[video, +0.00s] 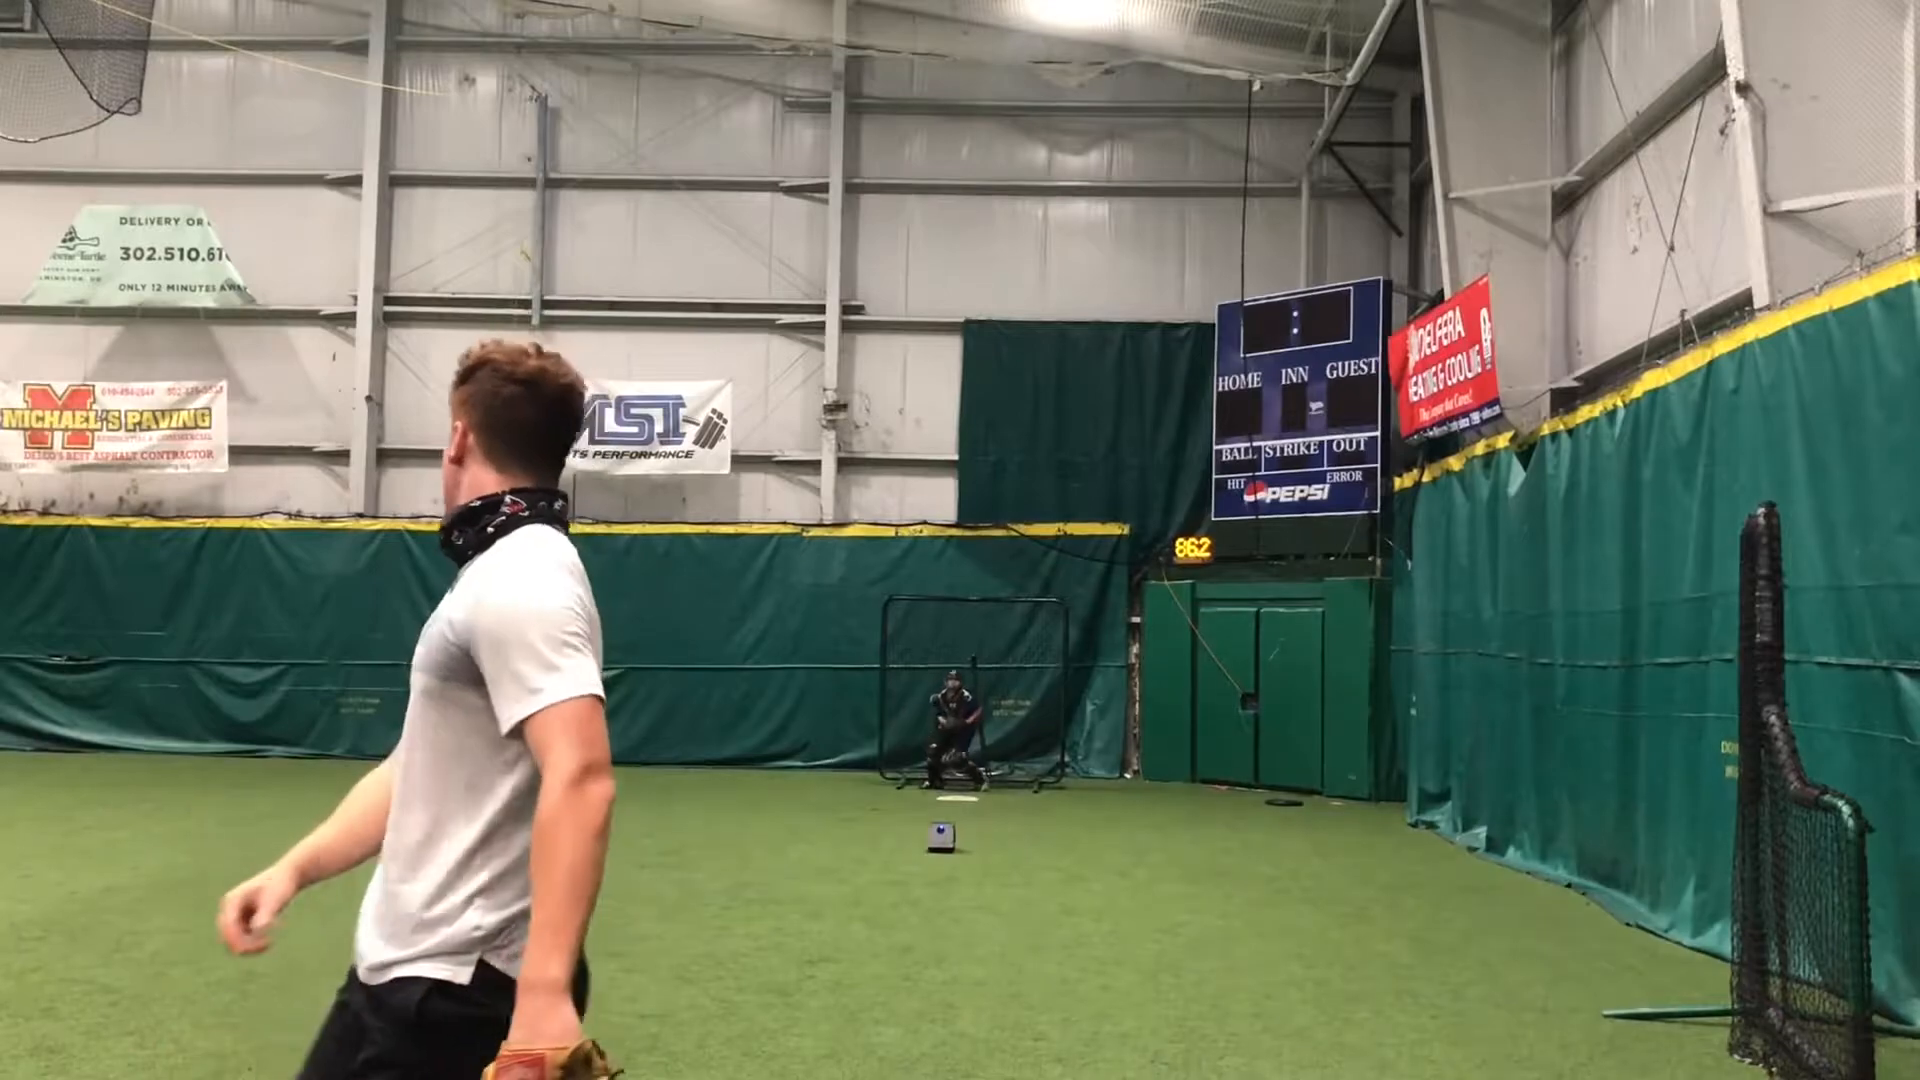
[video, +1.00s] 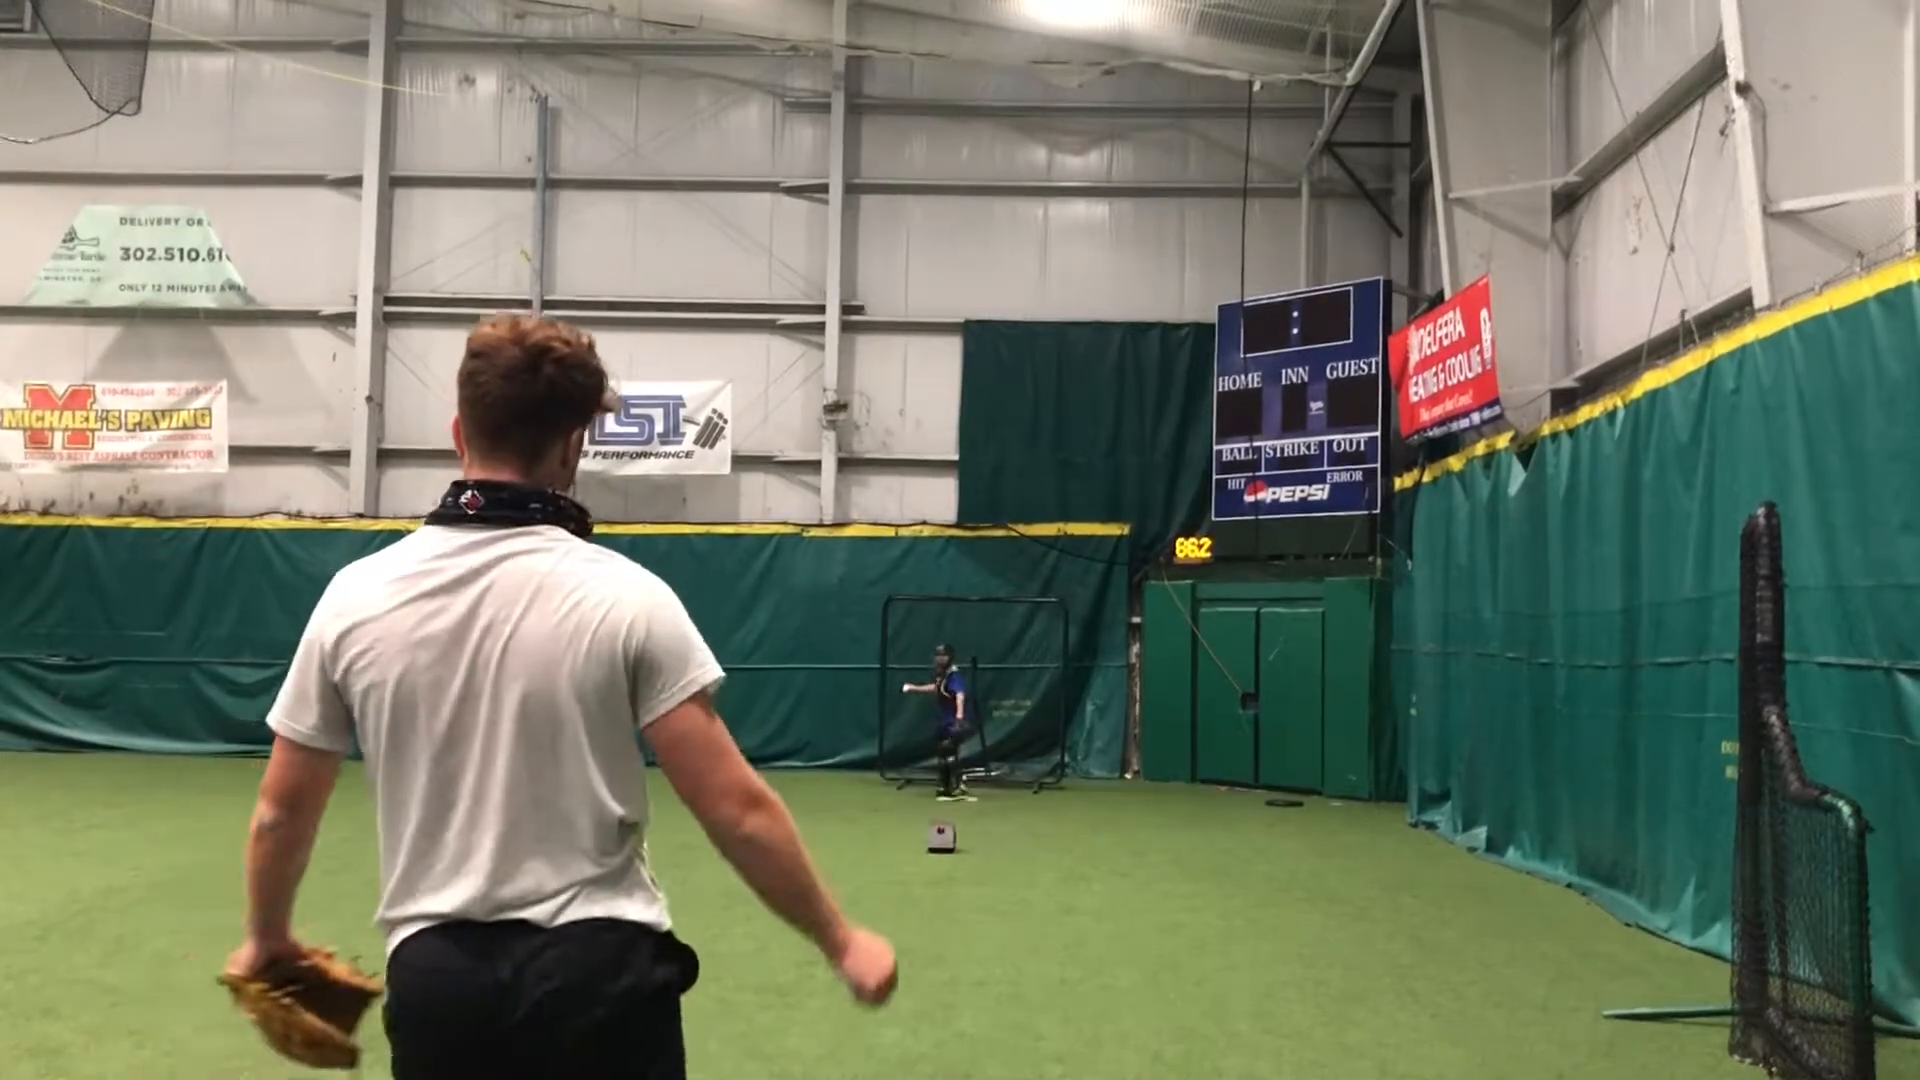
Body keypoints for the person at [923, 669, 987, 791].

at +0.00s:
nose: (953, 683)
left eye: (956, 680)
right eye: (950, 680)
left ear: (960, 683)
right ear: (946, 682)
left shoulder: (967, 697)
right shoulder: (939, 698)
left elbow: (978, 710)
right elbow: (937, 714)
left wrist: (969, 720)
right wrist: (943, 721)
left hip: (964, 729)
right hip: (945, 730)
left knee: (959, 757)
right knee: (933, 751)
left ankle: (980, 780)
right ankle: (934, 780)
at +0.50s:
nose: (956, 666)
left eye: (959, 662)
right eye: (953, 662)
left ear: (966, 665)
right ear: (950, 665)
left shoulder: (972, 683)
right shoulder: (942, 684)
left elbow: (980, 703)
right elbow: (939, 703)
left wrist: (958, 706)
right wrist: (945, 703)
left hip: (971, 725)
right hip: (951, 725)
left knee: (974, 753)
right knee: (945, 754)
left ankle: (983, 781)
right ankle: (943, 783)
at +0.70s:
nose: (947, 661)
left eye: (950, 658)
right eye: (945, 658)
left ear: (957, 660)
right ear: (942, 660)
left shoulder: (965, 677)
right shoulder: (935, 679)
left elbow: (967, 697)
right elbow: (932, 699)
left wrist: (949, 705)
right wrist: (939, 705)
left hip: (963, 720)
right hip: (944, 721)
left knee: (966, 751)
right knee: (945, 753)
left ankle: (973, 777)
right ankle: (945, 785)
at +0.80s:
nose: (944, 660)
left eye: (947, 656)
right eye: (941, 656)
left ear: (954, 658)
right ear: (938, 659)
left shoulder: (960, 675)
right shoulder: (934, 677)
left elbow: (961, 695)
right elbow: (934, 699)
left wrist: (944, 709)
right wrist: (920, 712)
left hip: (960, 718)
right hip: (942, 718)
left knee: (960, 750)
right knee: (943, 752)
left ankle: (965, 780)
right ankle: (944, 786)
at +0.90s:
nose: (942, 658)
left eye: (945, 655)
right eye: (940, 655)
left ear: (952, 657)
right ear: (937, 657)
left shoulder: (957, 674)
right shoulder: (936, 674)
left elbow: (960, 694)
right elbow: (933, 695)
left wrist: (950, 712)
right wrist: (913, 703)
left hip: (958, 716)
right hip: (942, 716)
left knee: (954, 748)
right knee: (942, 749)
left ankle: (958, 782)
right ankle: (945, 784)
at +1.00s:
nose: (939, 659)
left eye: (943, 656)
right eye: (937, 656)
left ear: (950, 658)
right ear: (936, 658)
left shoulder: (955, 676)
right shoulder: (942, 675)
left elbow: (960, 696)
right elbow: (934, 688)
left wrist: (959, 716)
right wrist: (913, 688)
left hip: (954, 719)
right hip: (944, 719)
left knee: (949, 751)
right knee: (943, 751)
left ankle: (953, 786)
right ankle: (946, 785)